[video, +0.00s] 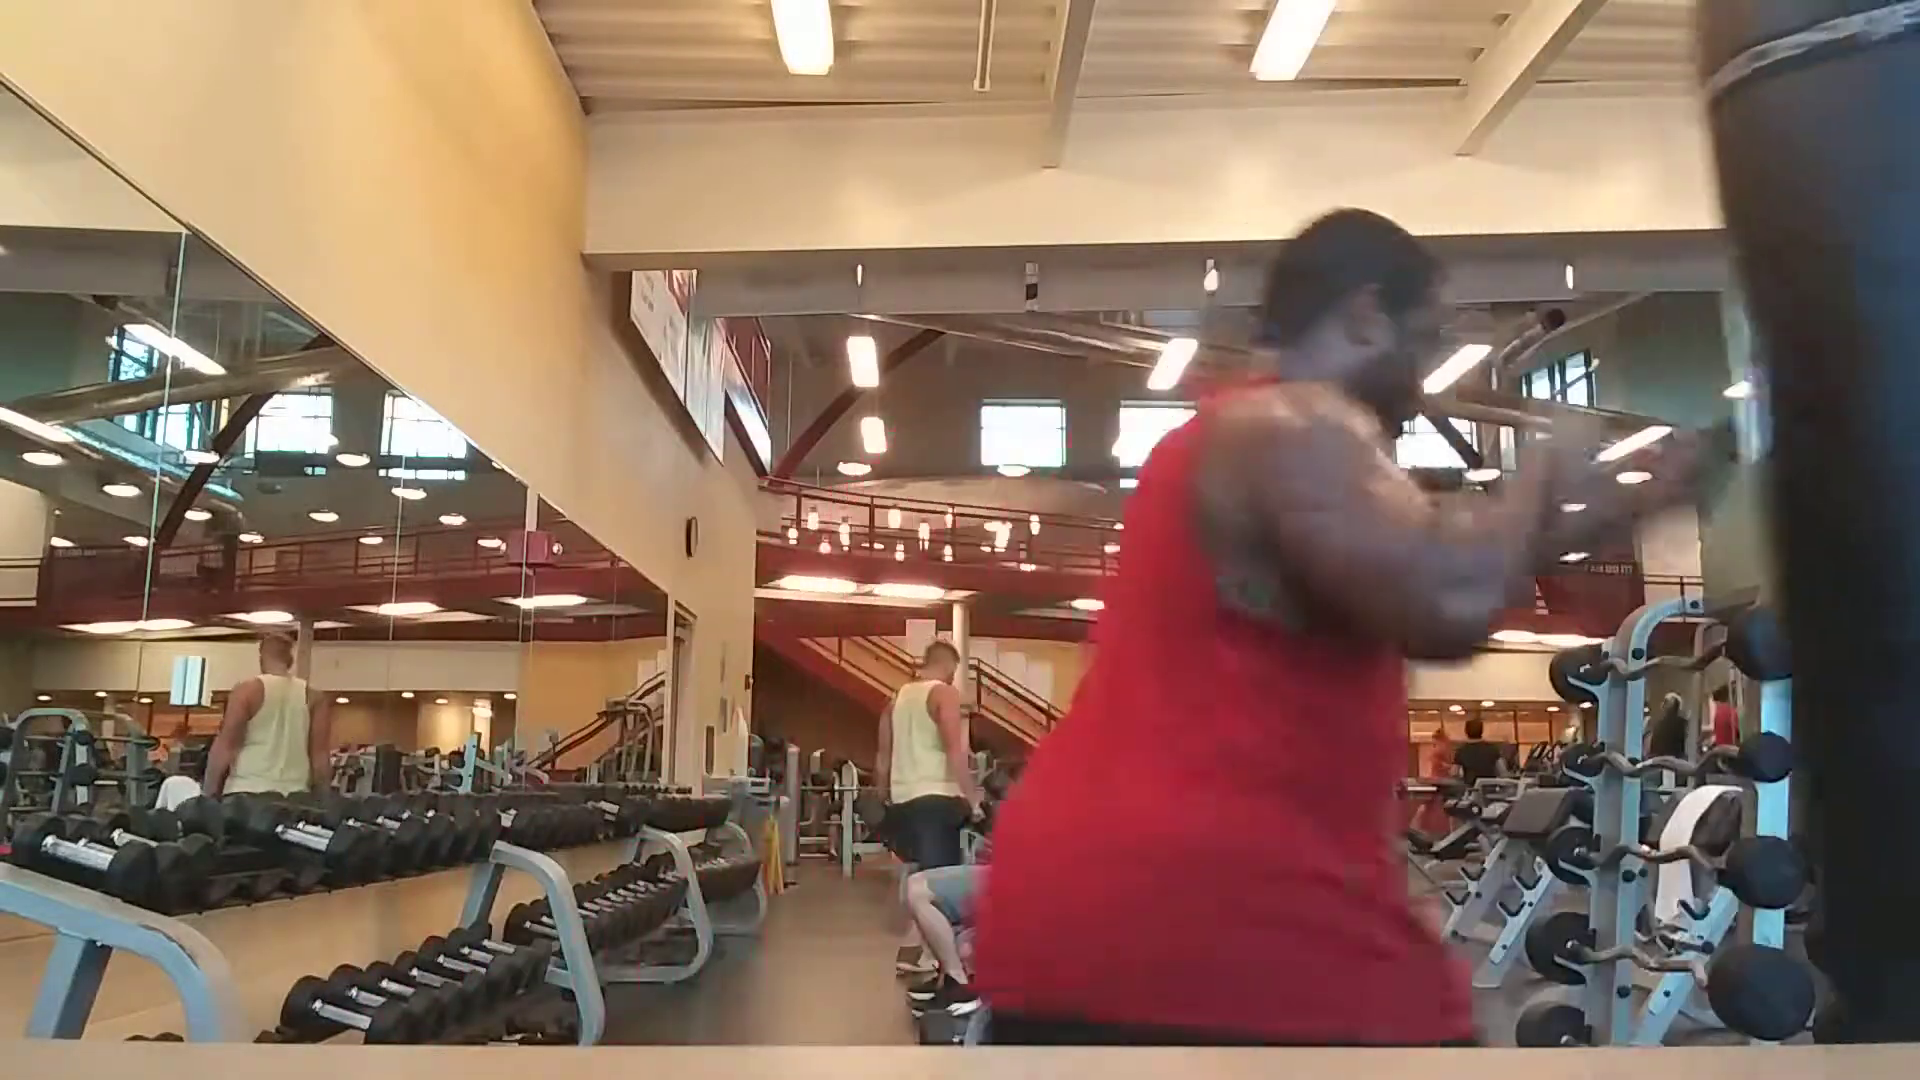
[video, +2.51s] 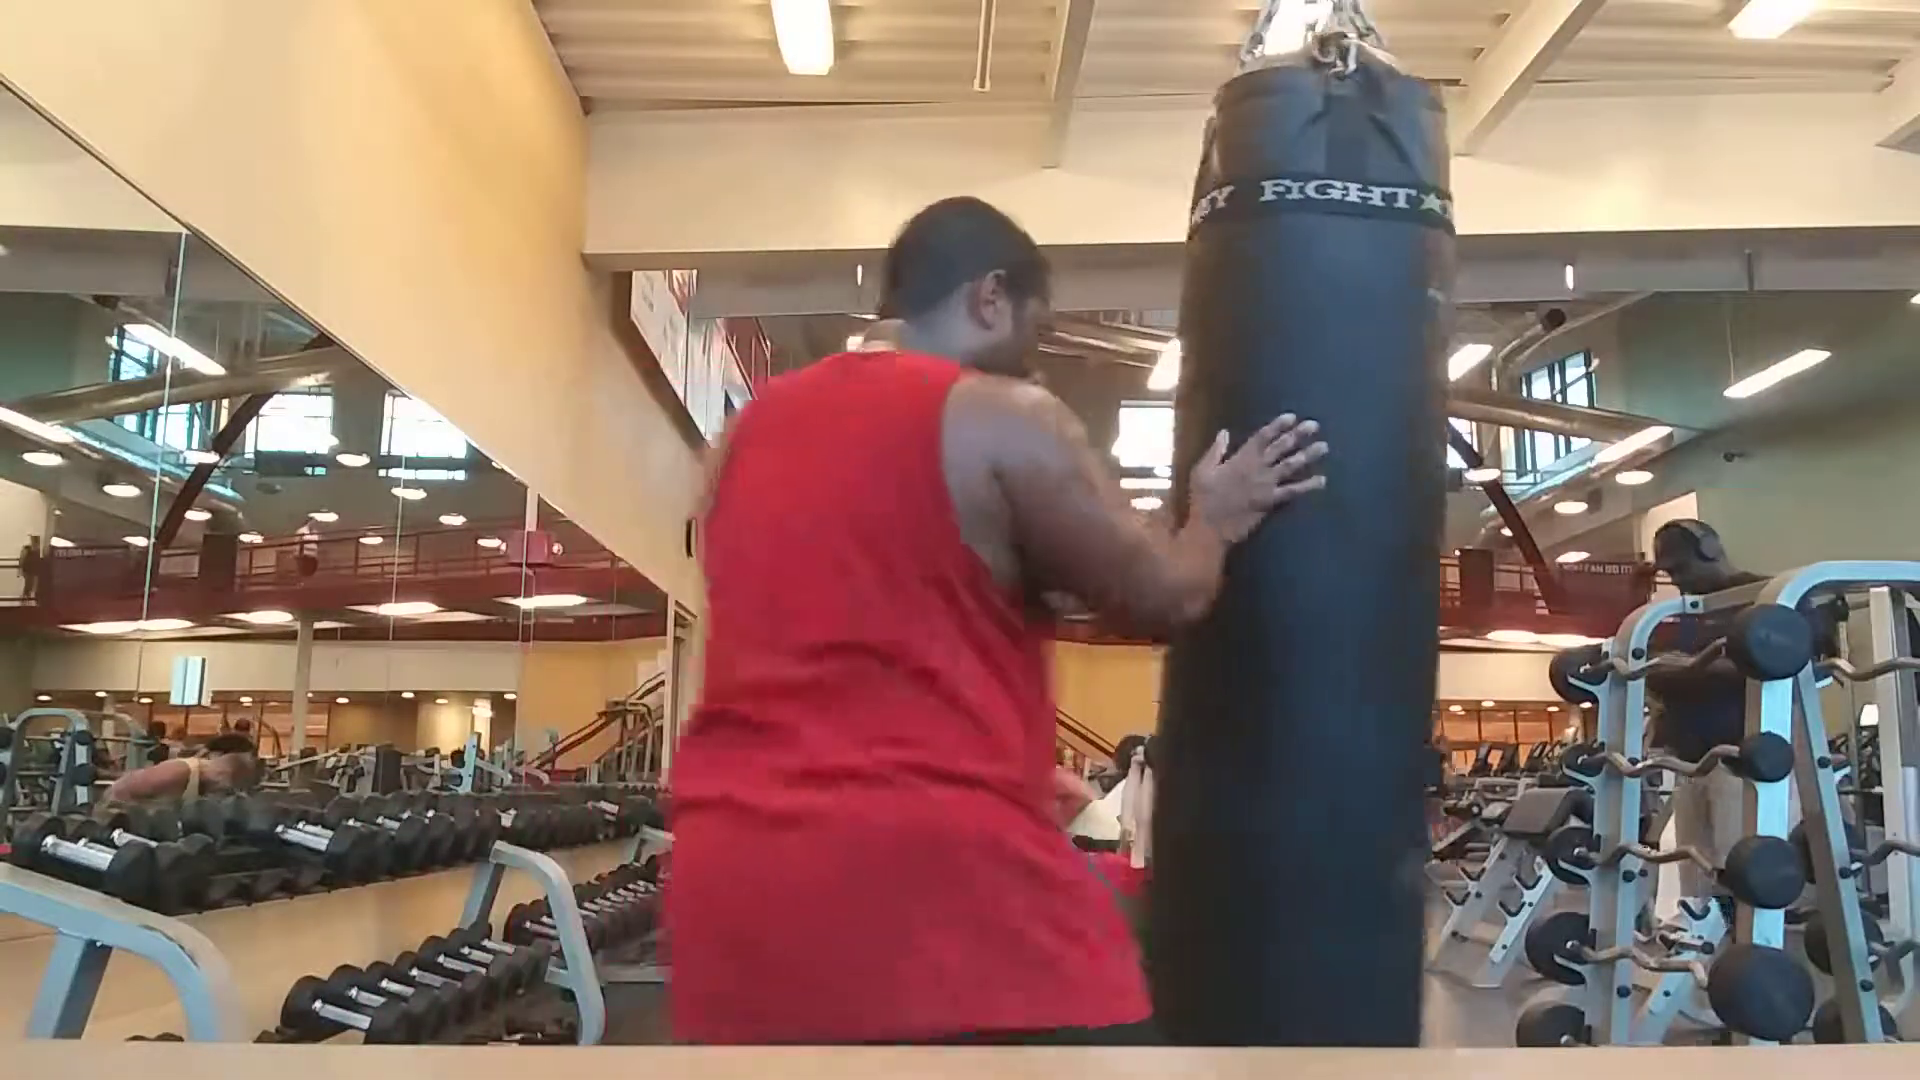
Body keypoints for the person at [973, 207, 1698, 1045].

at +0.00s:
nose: (1429, 370)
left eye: (1434, 345)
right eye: (1425, 338)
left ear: (1293, 319)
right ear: (1365, 316)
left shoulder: (1211, 434)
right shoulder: (1293, 427)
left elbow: (1444, 545)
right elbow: (1444, 606)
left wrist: (1611, 506)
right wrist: (1537, 471)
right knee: (1431, 1038)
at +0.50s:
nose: (1489, 389)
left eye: (1492, 357)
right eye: (1481, 351)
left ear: (1328, 341)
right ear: (1411, 334)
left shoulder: (1199, 468)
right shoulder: (1395, 462)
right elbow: (1568, 672)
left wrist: (1509, 533)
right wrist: (1659, 598)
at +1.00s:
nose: (1206, 354)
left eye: (1207, 336)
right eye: (1205, 327)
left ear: (1063, 295)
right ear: (1158, 302)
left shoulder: (924, 403)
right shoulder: (1123, 407)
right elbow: (1385, 501)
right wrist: (1597, 437)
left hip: (750, 914)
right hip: (962, 919)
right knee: (1226, 1043)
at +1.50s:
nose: (970, 348)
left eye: (975, 322)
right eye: (967, 315)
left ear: (830, 283)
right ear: (900, 287)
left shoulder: (652, 401)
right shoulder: (877, 424)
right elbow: (1135, 546)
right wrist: (1291, 488)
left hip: (538, 895)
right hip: (751, 894)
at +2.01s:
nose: (851, 351)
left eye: (856, 325)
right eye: (853, 320)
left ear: (706, 293)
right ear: (805, 294)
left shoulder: (566, 410)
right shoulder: (820, 437)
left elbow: (706, 536)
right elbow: (1001, 630)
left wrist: (906, 515)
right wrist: (1200, 645)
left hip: (547, 900)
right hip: (758, 886)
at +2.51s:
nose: (1032, 354)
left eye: (1040, 335)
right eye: (1035, 332)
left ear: (893, 302)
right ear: (987, 301)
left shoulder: (749, 422)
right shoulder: (1002, 415)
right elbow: (1163, 593)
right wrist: (1216, 521)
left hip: (729, 866)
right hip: (946, 860)